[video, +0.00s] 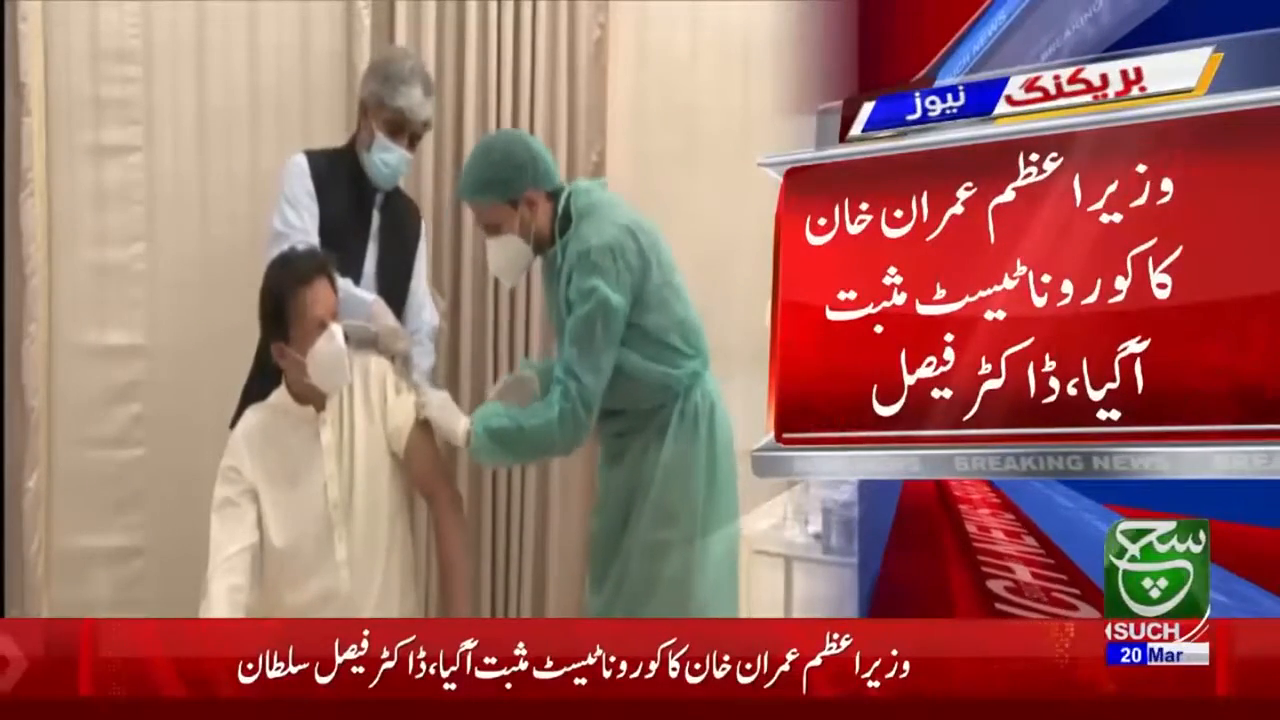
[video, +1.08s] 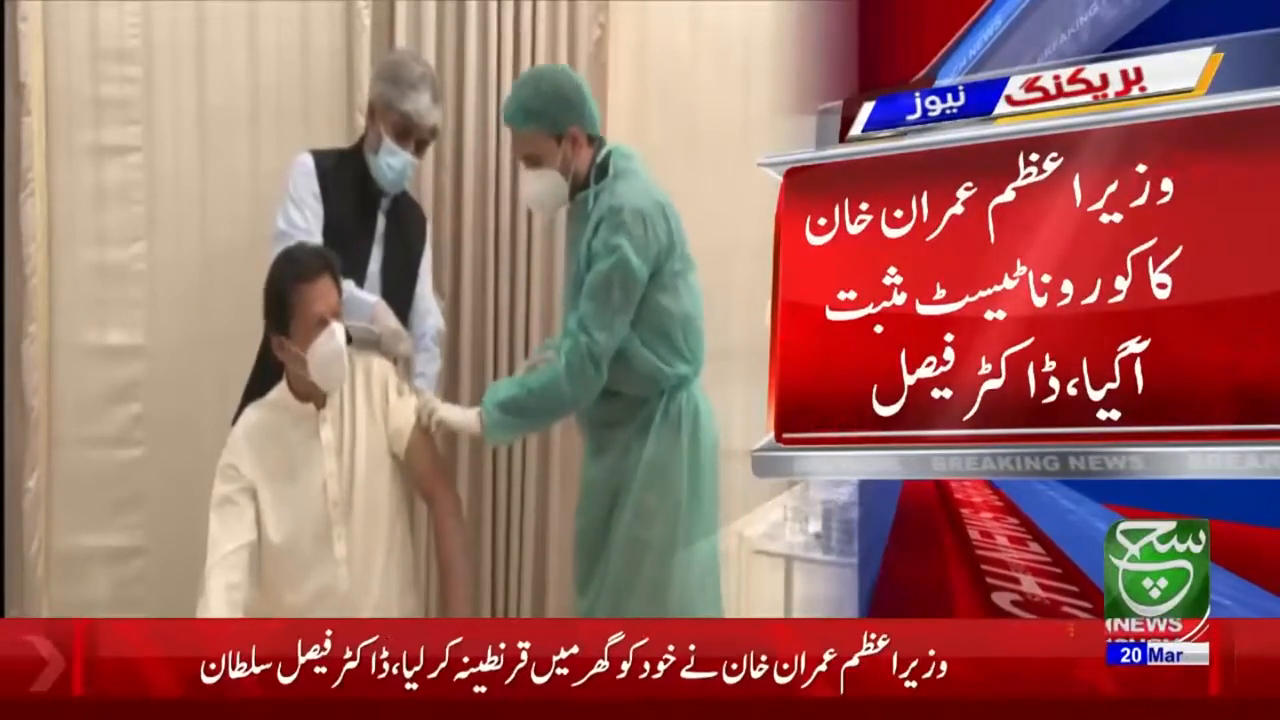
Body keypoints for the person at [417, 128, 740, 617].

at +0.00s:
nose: (493, 242)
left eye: (495, 228)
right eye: (487, 230)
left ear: (532, 204)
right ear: (531, 204)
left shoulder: (599, 248)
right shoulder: (568, 235)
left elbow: (569, 418)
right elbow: (583, 363)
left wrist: (471, 430)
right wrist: (532, 382)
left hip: (674, 435)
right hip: (631, 433)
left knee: (653, 599)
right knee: (615, 592)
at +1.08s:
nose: (528, 173)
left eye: (534, 159)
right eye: (523, 160)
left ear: (576, 141)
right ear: (572, 142)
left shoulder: (626, 209)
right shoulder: (596, 197)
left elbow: (586, 356)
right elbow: (588, 324)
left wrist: (486, 417)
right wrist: (554, 355)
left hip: (658, 429)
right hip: (622, 426)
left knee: (639, 602)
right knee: (608, 595)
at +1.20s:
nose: (495, 239)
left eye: (497, 220)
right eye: (486, 222)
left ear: (543, 183)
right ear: (543, 182)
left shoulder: (635, 220)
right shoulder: (584, 219)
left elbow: (588, 448)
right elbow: (585, 400)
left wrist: (457, 456)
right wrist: (500, 395)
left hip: (749, 456)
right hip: (677, 462)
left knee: (724, 653)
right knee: (655, 649)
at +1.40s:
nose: (497, 242)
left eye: (499, 223)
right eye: (488, 226)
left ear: (545, 184)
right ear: (546, 183)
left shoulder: (636, 221)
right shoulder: (585, 219)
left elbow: (589, 447)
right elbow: (587, 399)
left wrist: (458, 457)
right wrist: (502, 399)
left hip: (750, 459)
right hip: (678, 463)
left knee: (728, 655)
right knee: (656, 653)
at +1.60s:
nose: (497, 247)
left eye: (498, 228)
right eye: (488, 232)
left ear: (543, 190)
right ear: (545, 187)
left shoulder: (637, 231)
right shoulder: (588, 232)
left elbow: (589, 453)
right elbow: (587, 403)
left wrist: (460, 464)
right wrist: (498, 403)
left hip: (745, 471)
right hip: (680, 473)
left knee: (725, 662)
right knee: (659, 657)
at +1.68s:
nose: (497, 250)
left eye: (499, 232)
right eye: (488, 235)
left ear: (546, 194)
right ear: (546, 193)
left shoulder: (637, 227)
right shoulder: (584, 226)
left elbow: (590, 454)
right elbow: (584, 406)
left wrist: (459, 461)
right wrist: (498, 405)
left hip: (748, 466)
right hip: (679, 469)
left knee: (738, 661)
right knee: (657, 655)